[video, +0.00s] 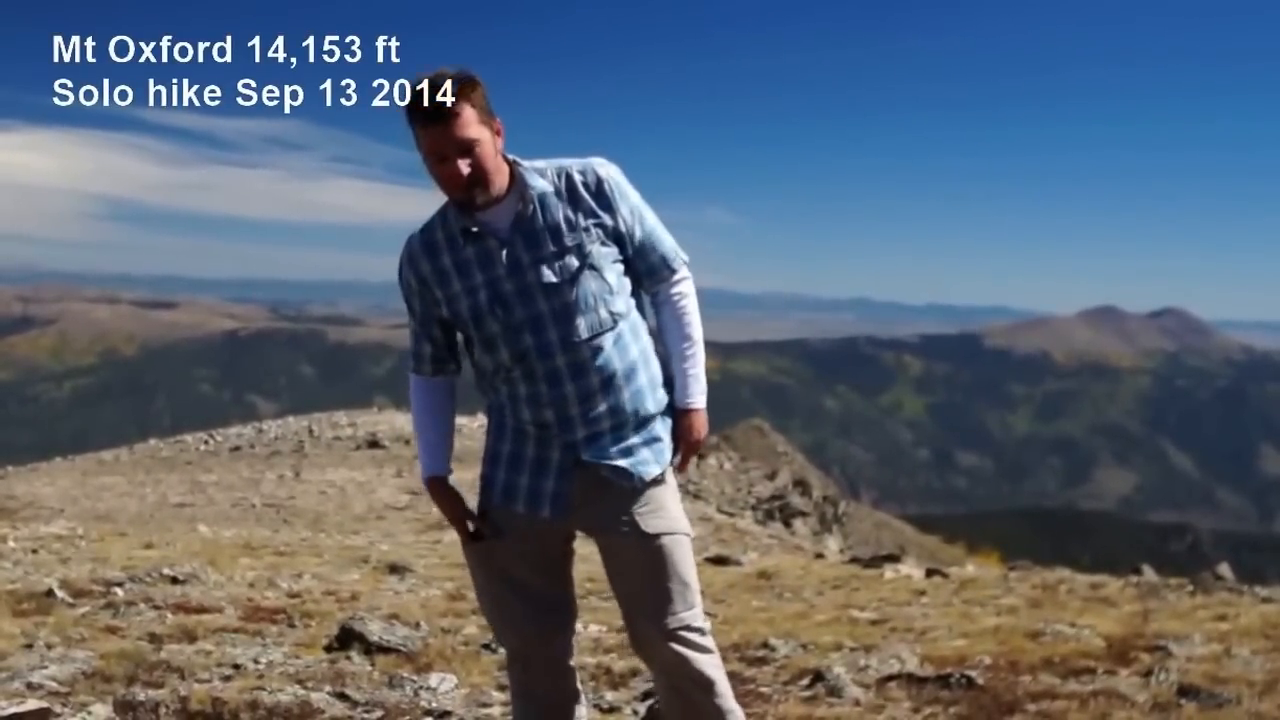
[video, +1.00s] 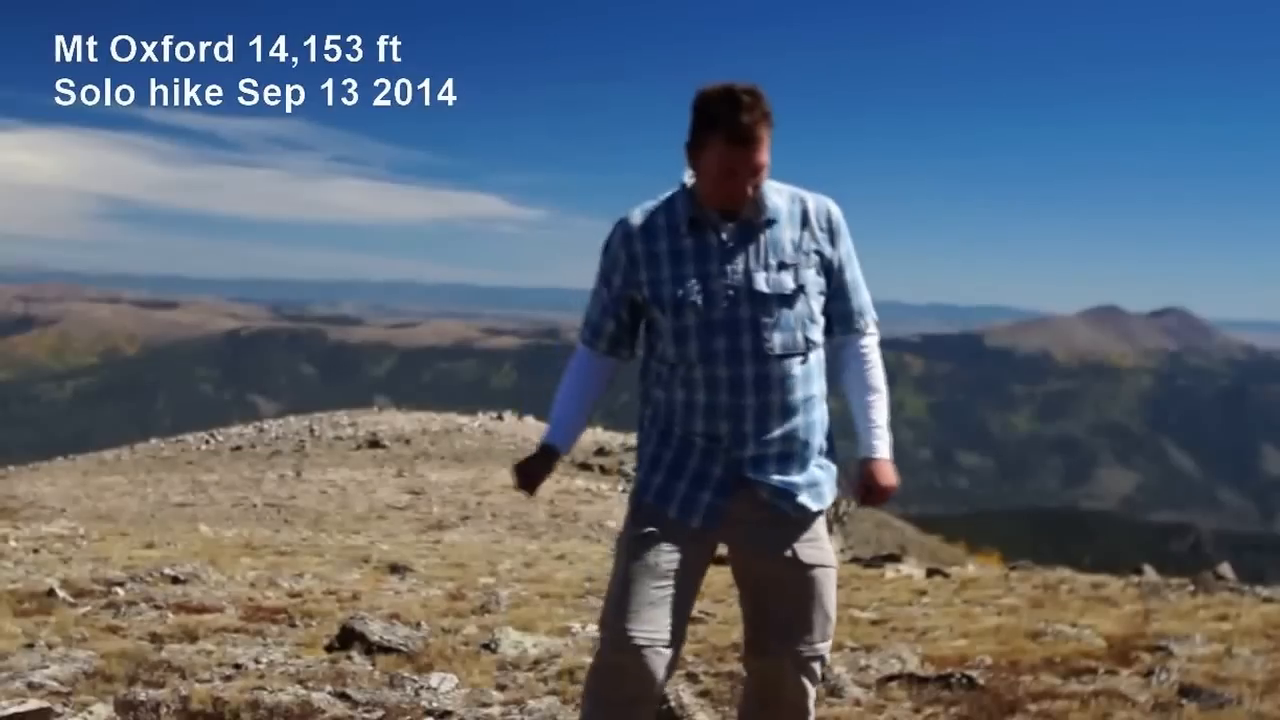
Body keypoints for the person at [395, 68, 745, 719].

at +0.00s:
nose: (457, 168)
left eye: (465, 148)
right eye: (439, 159)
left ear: (496, 132)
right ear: (422, 162)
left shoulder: (591, 186)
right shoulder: (428, 257)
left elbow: (670, 279)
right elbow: (431, 371)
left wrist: (691, 401)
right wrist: (435, 475)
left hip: (627, 442)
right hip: (520, 460)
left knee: (675, 637)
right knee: (533, 657)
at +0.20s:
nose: (487, 171)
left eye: (496, 152)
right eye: (468, 160)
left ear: (520, 134)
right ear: (444, 158)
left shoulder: (606, 187)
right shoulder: (436, 255)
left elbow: (679, 285)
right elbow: (438, 367)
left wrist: (700, 406)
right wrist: (462, 468)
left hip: (641, 445)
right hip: (530, 460)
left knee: (686, 640)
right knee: (540, 656)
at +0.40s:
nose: (541, 160)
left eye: (551, 142)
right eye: (524, 148)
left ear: (571, 128)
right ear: (495, 145)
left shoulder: (647, 192)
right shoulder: (473, 242)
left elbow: (708, 294)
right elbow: (457, 350)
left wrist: (724, 413)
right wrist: (449, 447)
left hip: (664, 454)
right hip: (553, 466)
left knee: (717, 645)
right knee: (546, 659)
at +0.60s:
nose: (627, 182)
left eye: (635, 165)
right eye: (611, 169)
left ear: (650, 146)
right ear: (574, 157)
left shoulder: (713, 212)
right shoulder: (532, 249)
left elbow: (760, 322)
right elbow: (488, 361)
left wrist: (770, 441)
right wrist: (439, 461)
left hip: (706, 470)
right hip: (594, 475)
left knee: (743, 662)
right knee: (562, 660)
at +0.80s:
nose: (702, 175)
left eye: (711, 158)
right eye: (686, 162)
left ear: (725, 139)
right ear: (648, 147)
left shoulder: (778, 203)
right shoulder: (599, 228)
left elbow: (819, 312)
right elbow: (559, 331)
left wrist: (824, 427)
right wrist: (501, 414)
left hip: (761, 464)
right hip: (649, 465)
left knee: (772, 665)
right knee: (598, 654)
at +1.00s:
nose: (750, 187)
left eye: (758, 171)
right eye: (735, 173)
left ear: (769, 155)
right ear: (696, 158)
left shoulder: (816, 223)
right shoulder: (641, 238)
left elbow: (856, 339)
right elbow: (598, 349)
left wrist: (877, 449)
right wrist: (553, 446)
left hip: (788, 481)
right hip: (676, 482)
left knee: (791, 671)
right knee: (631, 660)